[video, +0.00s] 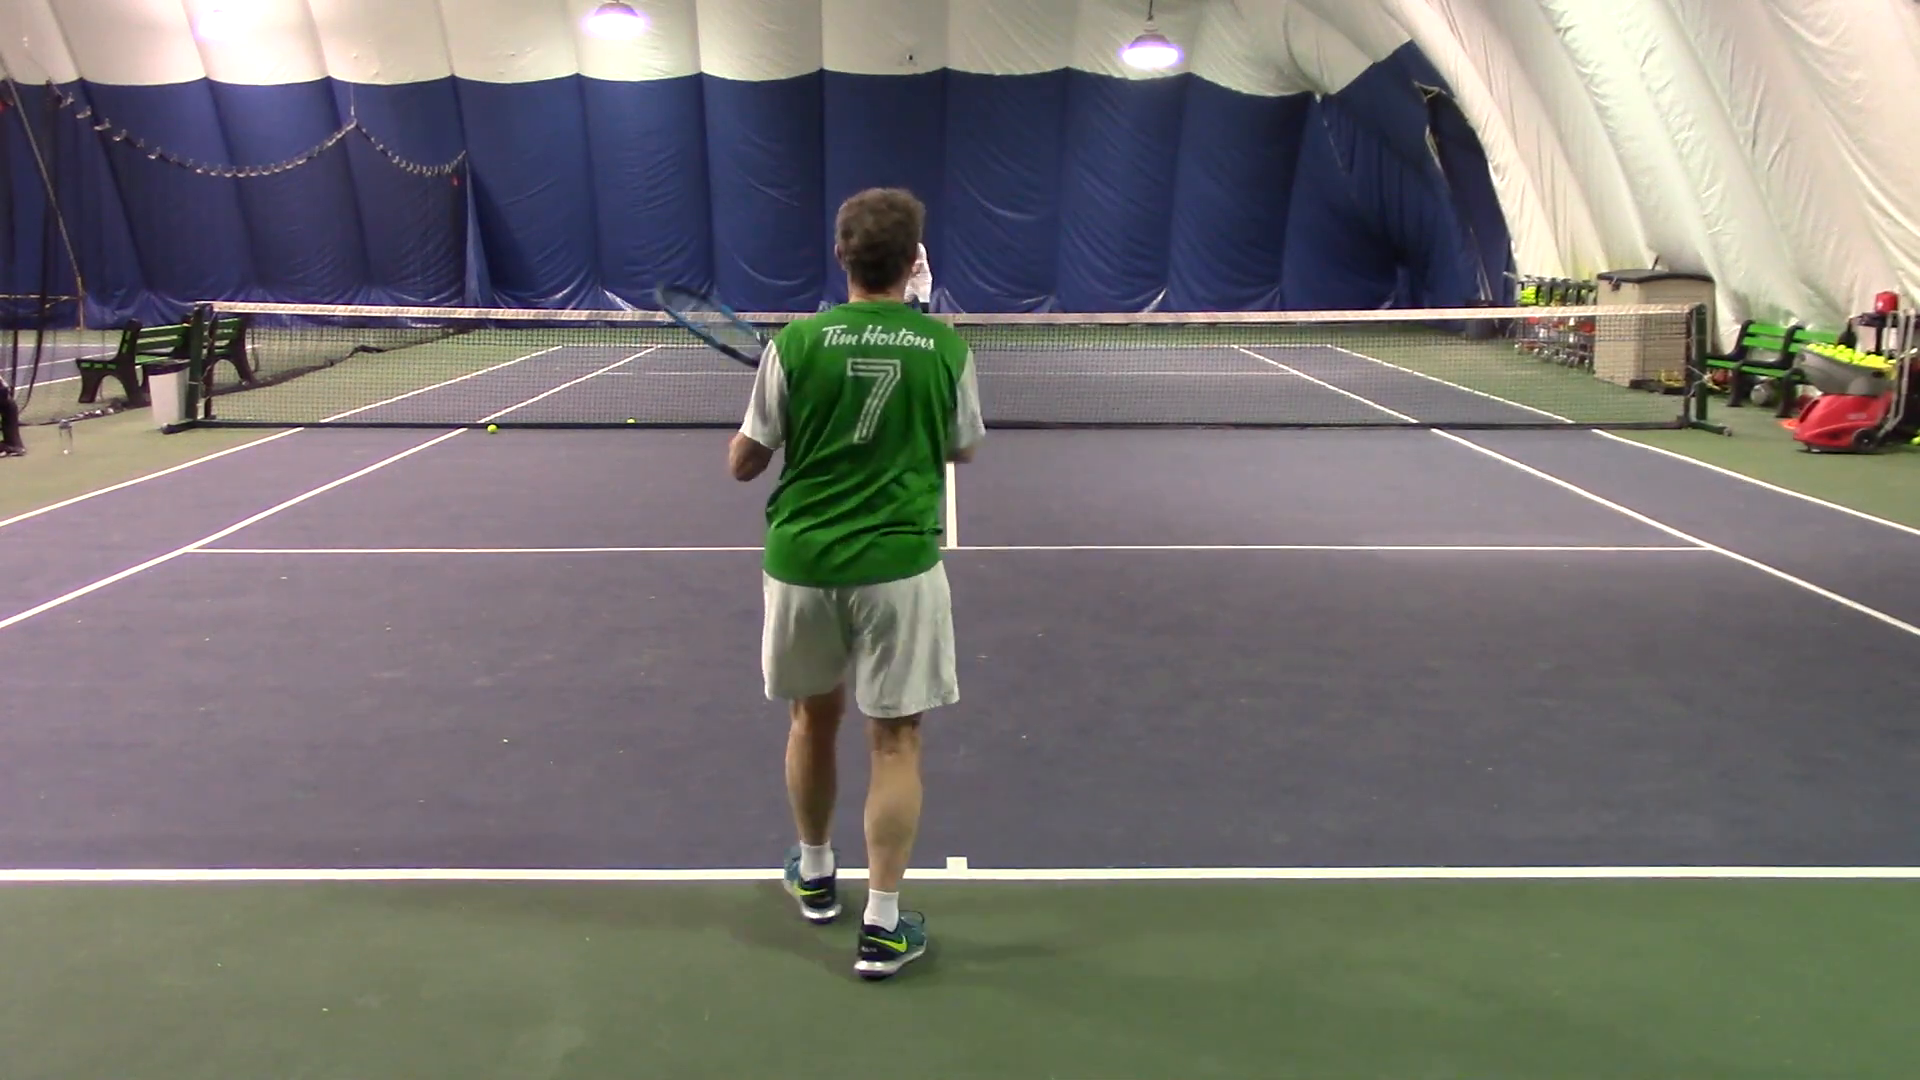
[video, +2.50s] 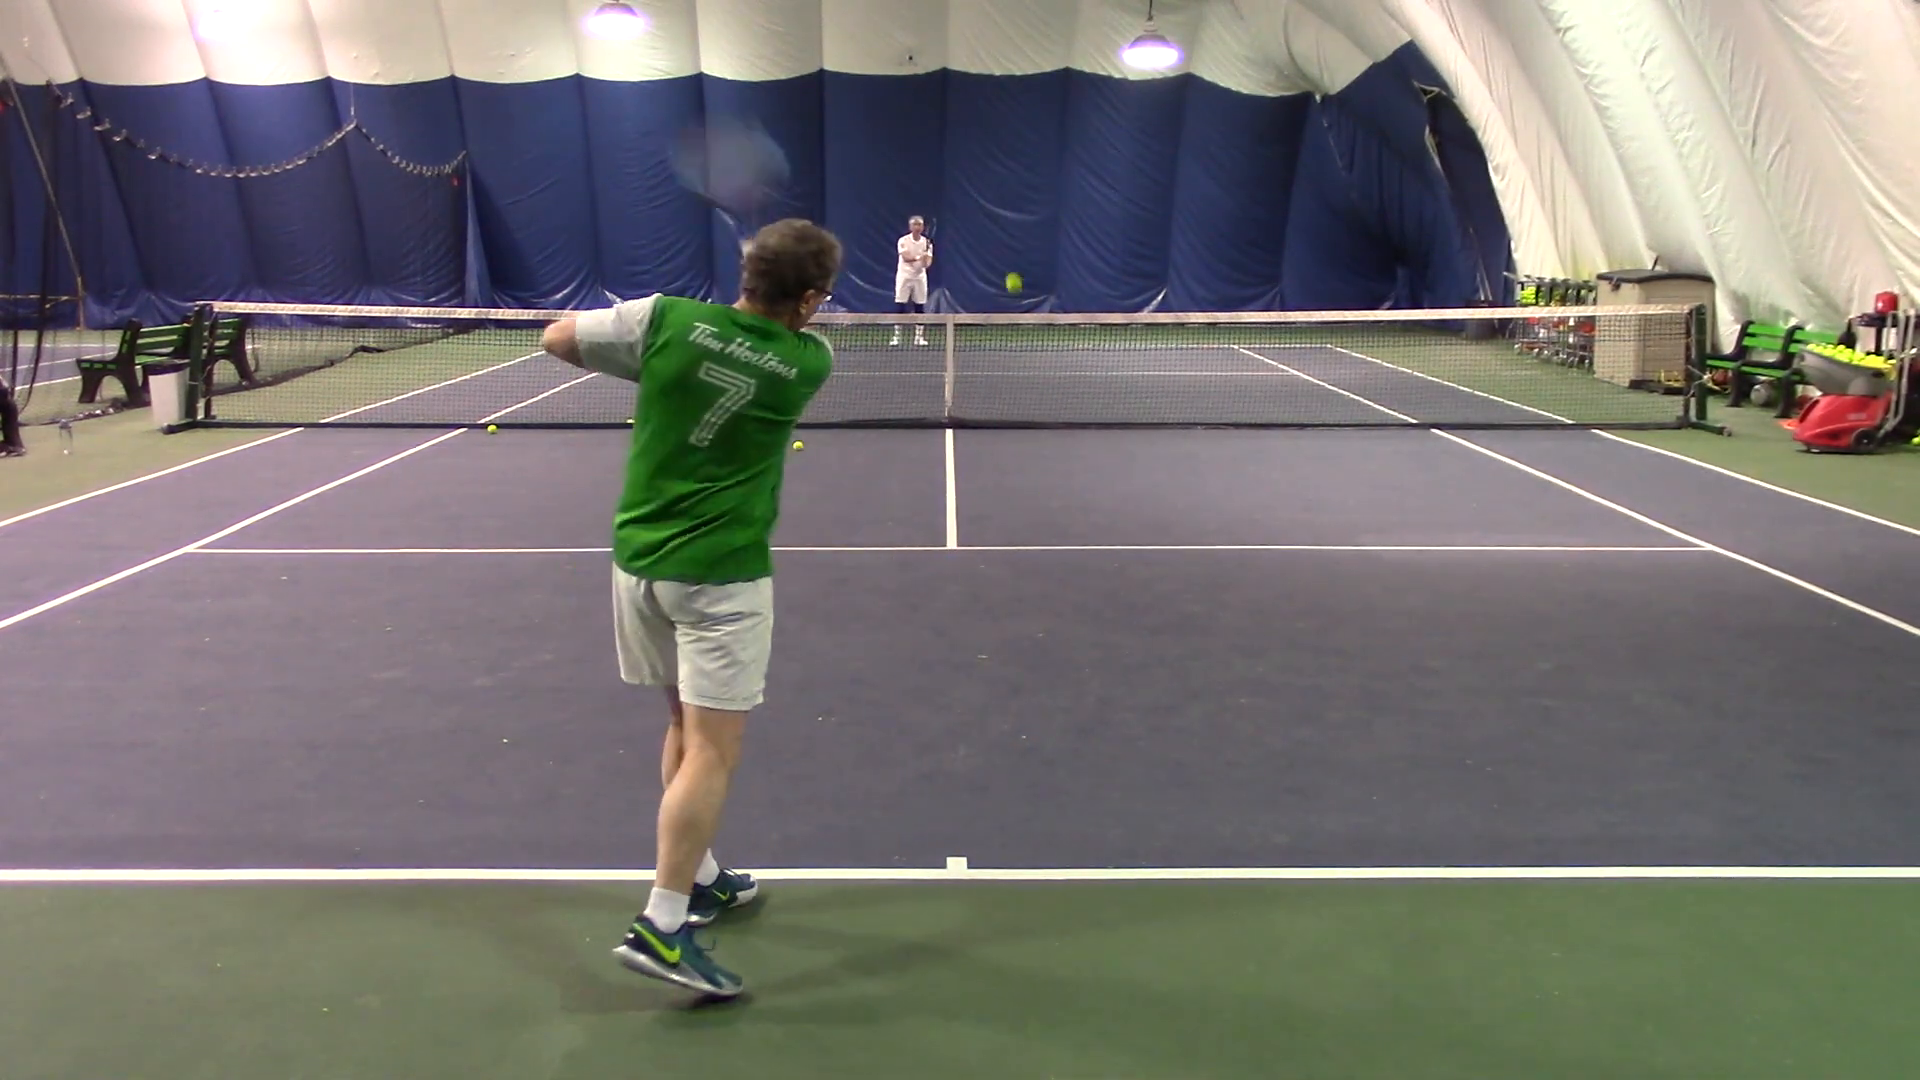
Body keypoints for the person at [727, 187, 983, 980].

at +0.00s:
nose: (919, 259)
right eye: (920, 249)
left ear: (840, 259)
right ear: (914, 262)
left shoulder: (794, 344)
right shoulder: (945, 347)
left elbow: (743, 464)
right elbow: (961, 449)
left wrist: (779, 409)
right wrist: (898, 402)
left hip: (802, 567)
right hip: (900, 570)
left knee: (813, 718)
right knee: (895, 740)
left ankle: (815, 875)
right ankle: (882, 924)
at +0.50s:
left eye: (800, 240)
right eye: (856, 244)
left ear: (785, 252)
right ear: (860, 255)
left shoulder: (740, 337)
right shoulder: (892, 346)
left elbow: (734, 445)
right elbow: (913, 476)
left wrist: (812, 458)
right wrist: (846, 481)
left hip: (754, 568)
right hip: (859, 567)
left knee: (756, 750)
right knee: (888, 723)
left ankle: (748, 934)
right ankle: (887, 901)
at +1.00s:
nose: (856, 262)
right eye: (859, 252)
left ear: (781, 258)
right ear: (854, 261)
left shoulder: (731, 339)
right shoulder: (881, 355)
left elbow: (705, 467)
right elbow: (915, 486)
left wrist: (756, 508)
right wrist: (852, 530)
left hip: (731, 566)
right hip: (831, 570)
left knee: (724, 729)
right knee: (857, 739)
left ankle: (677, 898)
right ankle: (882, 915)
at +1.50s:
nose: (769, 273)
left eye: (761, 260)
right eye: (769, 262)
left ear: (691, 265)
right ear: (759, 272)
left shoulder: (676, 330)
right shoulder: (718, 350)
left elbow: (791, 392)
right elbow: (721, 456)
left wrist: (877, 377)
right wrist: (840, 448)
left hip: (624, 570)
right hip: (677, 580)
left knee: (675, 746)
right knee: (717, 764)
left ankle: (669, 903)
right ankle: (634, 953)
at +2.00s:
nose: (772, 297)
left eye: (770, 283)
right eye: (772, 284)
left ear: (696, 278)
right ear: (755, 292)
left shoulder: (660, 334)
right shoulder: (697, 364)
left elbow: (664, 421)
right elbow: (694, 465)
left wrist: (747, 408)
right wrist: (769, 500)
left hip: (606, 576)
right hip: (640, 587)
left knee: (670, 735)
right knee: (669, 784)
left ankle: (688, 876)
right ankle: (610, 977)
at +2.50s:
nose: (825, 299)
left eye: (825, 288)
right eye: (825, 290)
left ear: (745, 277)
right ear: (807, 300)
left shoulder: (666, 320)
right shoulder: (808, 365)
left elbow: (558, 336)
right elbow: (758, 360)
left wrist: (628, 349)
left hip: (640, 562)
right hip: (724, 574)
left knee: (684, 723)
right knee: (711, 750)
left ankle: (699, 878)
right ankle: (659, 923)